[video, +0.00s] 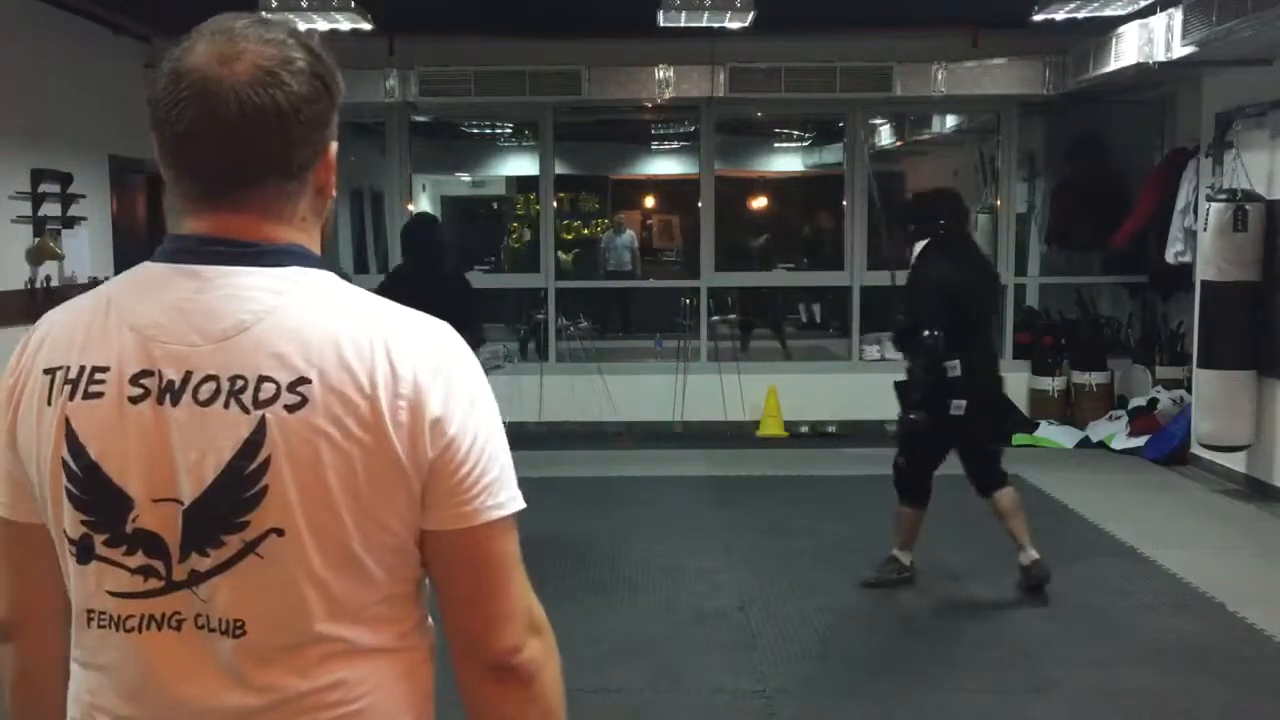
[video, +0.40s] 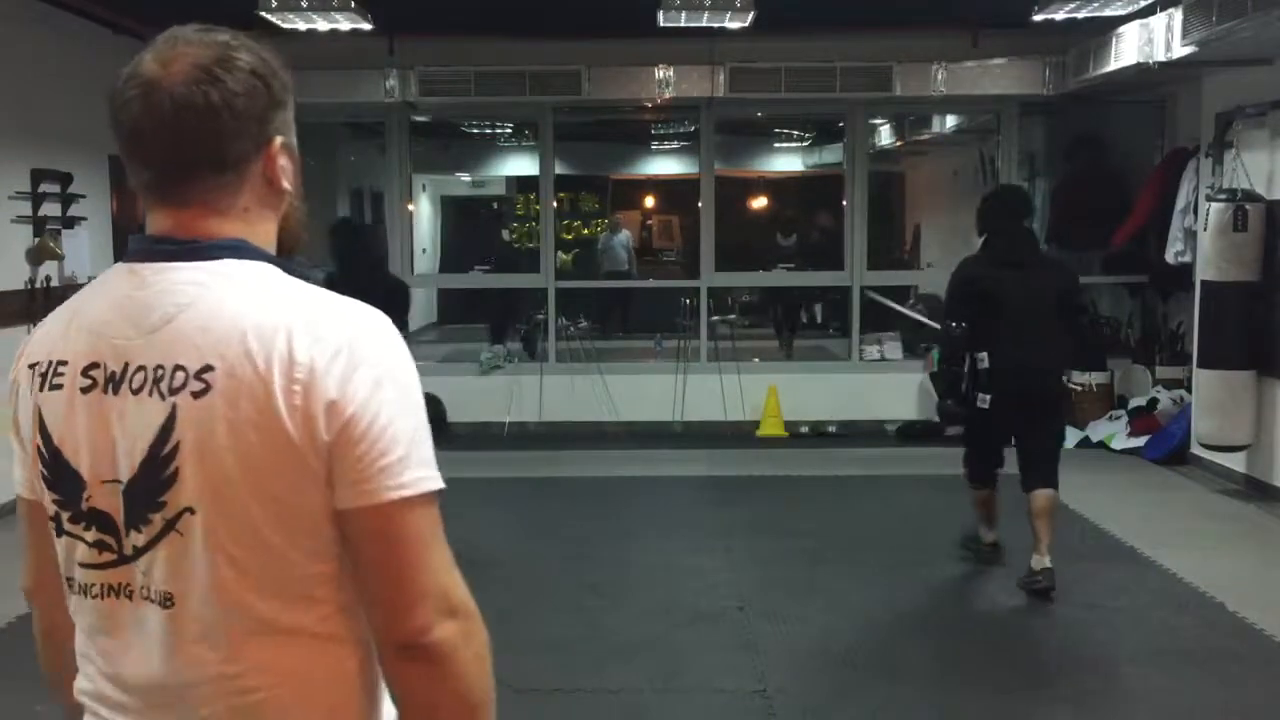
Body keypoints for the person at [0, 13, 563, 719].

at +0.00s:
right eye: (338, 153)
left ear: (165, 169)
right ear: (327, 171)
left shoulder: (45, 354)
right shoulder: (416, 360)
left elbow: (29, 634)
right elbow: (508, 656)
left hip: (114, 705)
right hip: (346, 703)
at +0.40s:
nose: (300, 172)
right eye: (299, 152)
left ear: (134, 180)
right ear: (278, 166)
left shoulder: (47, 348)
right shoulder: (341, 342)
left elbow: (51, 608)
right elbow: (425, 634)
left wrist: (87, 700)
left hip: (114, 706)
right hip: (307, 709)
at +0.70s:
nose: (303, 167)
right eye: (304, 148)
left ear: (152, 157)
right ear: (294, 156)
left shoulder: (73, 314)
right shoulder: (324, 307)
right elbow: (388, 595)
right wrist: (444, 711)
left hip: (108, 701)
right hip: (289, 705)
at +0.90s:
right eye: (360, 147)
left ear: (205, 151)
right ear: (352, 158)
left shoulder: (124, 308)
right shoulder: (394, 310)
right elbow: (457, 587)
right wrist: (511, 696)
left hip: (153, 700)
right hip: (345, 704)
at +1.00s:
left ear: (242, 153)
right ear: (392, 167)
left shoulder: (145, 310)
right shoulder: (440, 326)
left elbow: (143, 530)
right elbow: (529, 586)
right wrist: (534, 654)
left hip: (176, 702)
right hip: (378, 705)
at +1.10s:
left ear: (279, 157)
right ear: (422, 172)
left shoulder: (169, 309)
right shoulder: (474, 336)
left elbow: (151, 534)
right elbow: (583, 570)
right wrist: (543, 594)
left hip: (200, 700)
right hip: (402, 701)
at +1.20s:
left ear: (304, 163)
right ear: (440, 177)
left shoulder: (188, 310)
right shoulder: (499, 334)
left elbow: (153, 532)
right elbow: (612, 549)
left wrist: (238, 609)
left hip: (227, 700)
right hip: (426, 702)